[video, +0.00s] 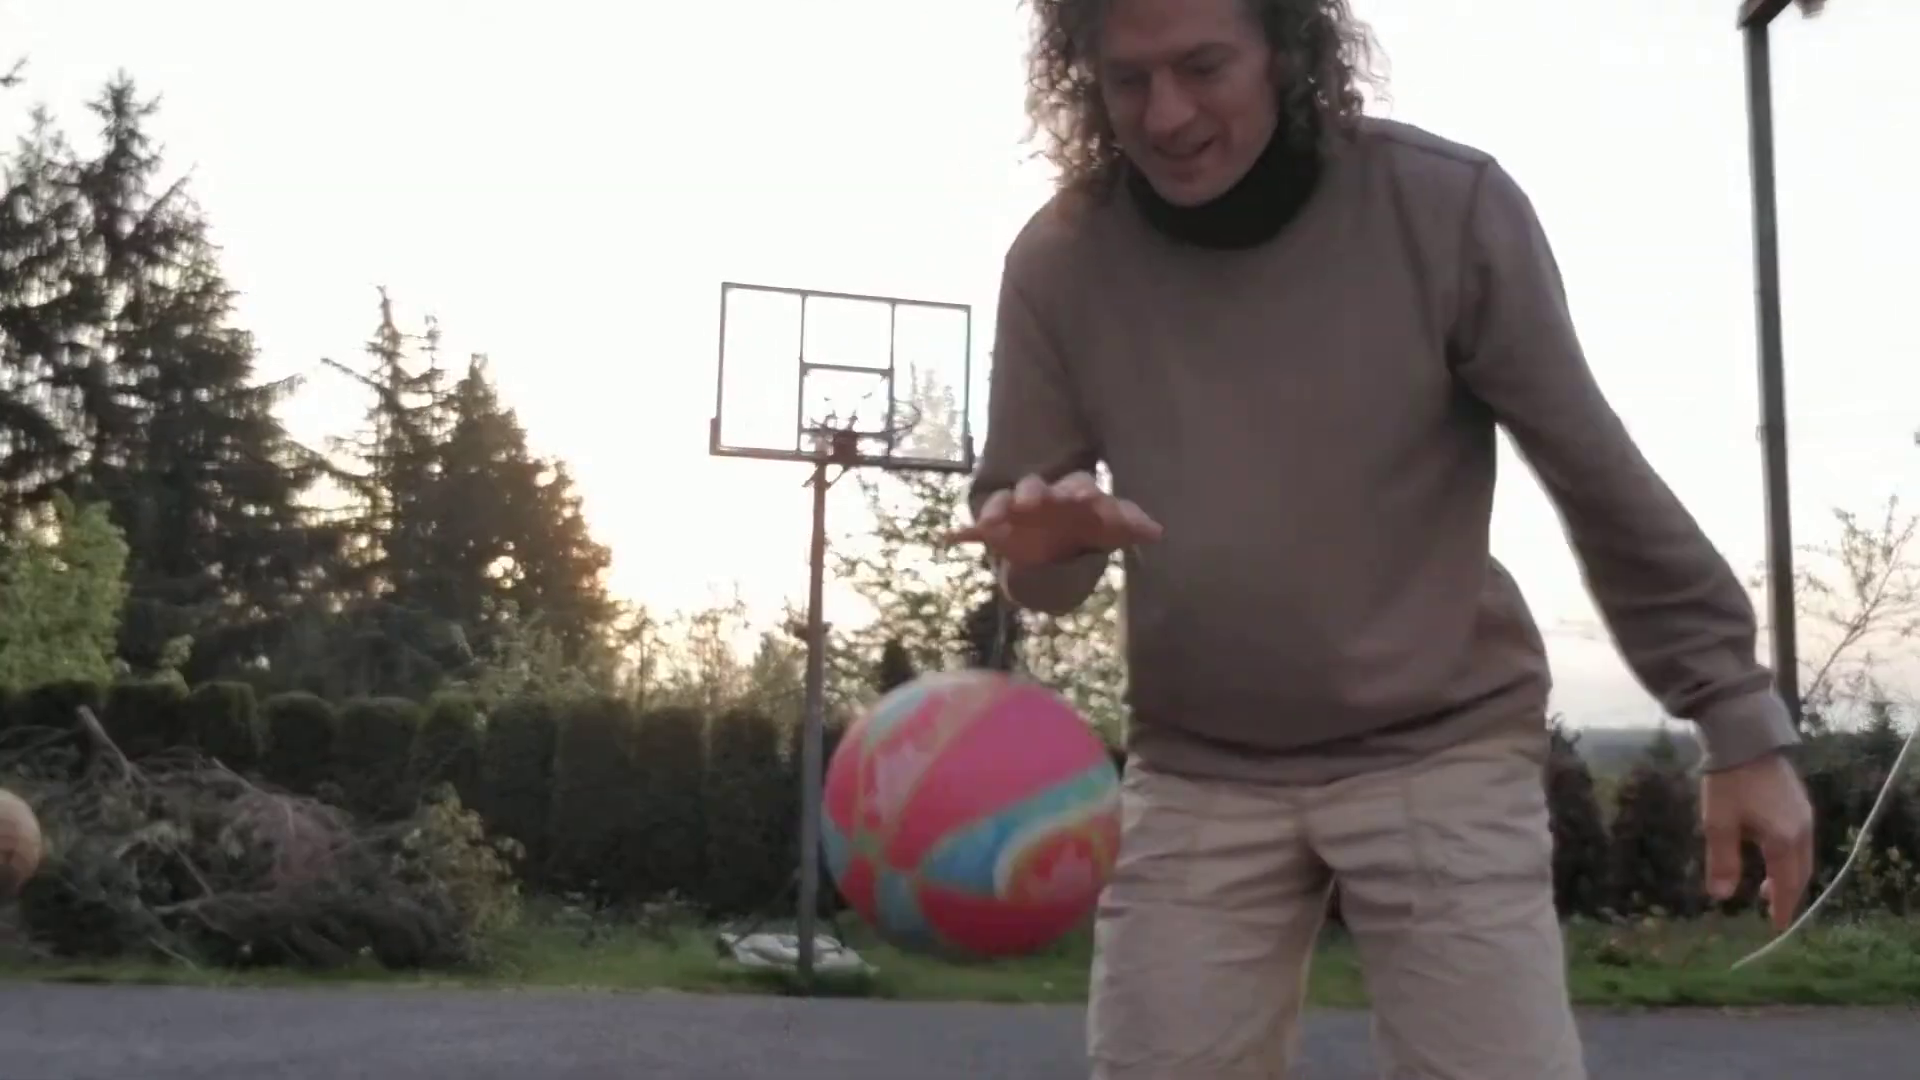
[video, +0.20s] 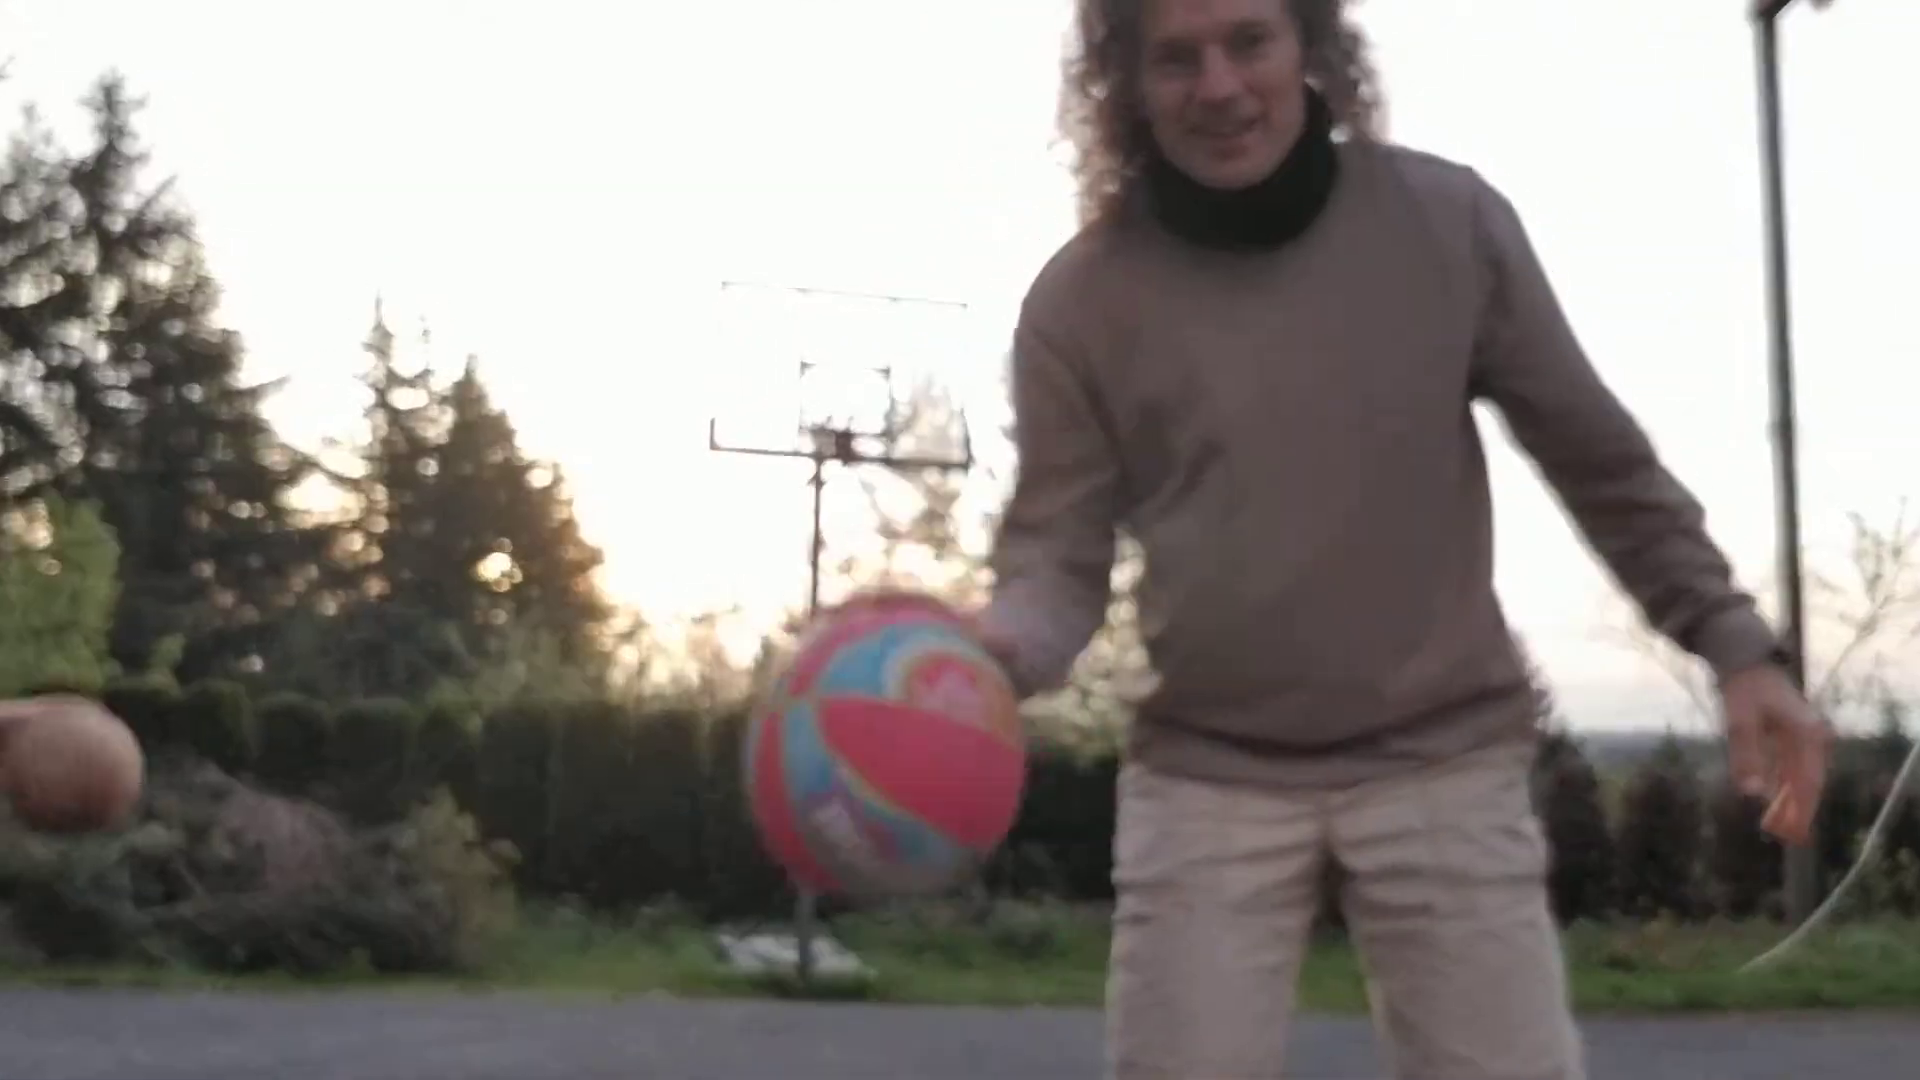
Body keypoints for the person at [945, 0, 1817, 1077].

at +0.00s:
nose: (1168, 116)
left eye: (1206, 65)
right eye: (1127, 77)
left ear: (1287, 45)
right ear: (1086, 76)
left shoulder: (1447, 211)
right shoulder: (1060, 262)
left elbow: (1602, 484)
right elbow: (1040, 585)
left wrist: (1741, 729)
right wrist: (1052, 546)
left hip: (1442, 759)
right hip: (1196, 774)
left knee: (1504, 1061)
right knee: (1153, 1058)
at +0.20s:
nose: (1219, 88)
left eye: (1250, 42)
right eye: (1174, 57)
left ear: (1311, 47)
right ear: (1125, 81)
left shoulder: (1447, 224)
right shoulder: (1081, 304)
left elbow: (1603, 466)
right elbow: (1055, 557)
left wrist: (1741, 654)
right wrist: (994, 655)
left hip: (1445, 761)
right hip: (1205, 773)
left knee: (1513, 1067)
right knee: (1183, 1066)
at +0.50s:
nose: (1166, 246)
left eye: (1196, 206)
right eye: (1132, 216)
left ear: (1270, 181)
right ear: (1101, 216)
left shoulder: (1415, 299)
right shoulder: (1094, 395)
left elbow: (1535, 526)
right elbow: (1059, 638)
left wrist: (1575, 713)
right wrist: (1025, 802)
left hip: (1438, 800)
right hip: (1225, 813)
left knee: (1491, 1065)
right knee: (1202, 1065)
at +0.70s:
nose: (1148, 293)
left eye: (1175, 259)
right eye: (1123, 266)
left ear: (1253, 238)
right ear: (1102, 267)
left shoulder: (1409, 348)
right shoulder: (1106, 425)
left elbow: (1527, 575)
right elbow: (1083, 630)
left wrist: (1536, 763)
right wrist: (1006, 659)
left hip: (1408, 827)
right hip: (1206, 830)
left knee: (1441, 1067)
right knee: (1165, 1066)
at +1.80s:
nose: (1191, 144)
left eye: (1222, 105)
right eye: (1153, 111)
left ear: (1271, 115)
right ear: (1103, 129)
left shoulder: (1371, 267)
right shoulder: (1044, 325)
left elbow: (1446, 499)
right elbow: (1003, 582)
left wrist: (1520, 686)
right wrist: (1010, 812)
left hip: (1352, 774)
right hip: (1129, 779)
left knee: (1411, 1059)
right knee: (1103, 1058)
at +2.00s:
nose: (1194, 74)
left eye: (1228, 32)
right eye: (1150, 38)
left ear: (1280, 44)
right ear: (1092, 57)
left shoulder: (1370, 212)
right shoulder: (1033, 272)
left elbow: (1443, 472)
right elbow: (979, 545)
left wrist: (1529, 652)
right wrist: (1029, 713)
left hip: (1358, 763)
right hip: (1127, 770)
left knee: (1428, 1060)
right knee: (1087, 1060)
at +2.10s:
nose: (1184, 39)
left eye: (1220, 2)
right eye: (1142, 4)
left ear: (1273, 14)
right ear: (1084, 22)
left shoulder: (1379, 185)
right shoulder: (1019, 249)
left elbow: (1450, 453)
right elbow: (977, 504)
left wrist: (1536, 657)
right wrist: (1003, 584)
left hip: (1361, 755)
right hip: (1116, 762)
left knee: (1436, 1060)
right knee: (1089, 1065)